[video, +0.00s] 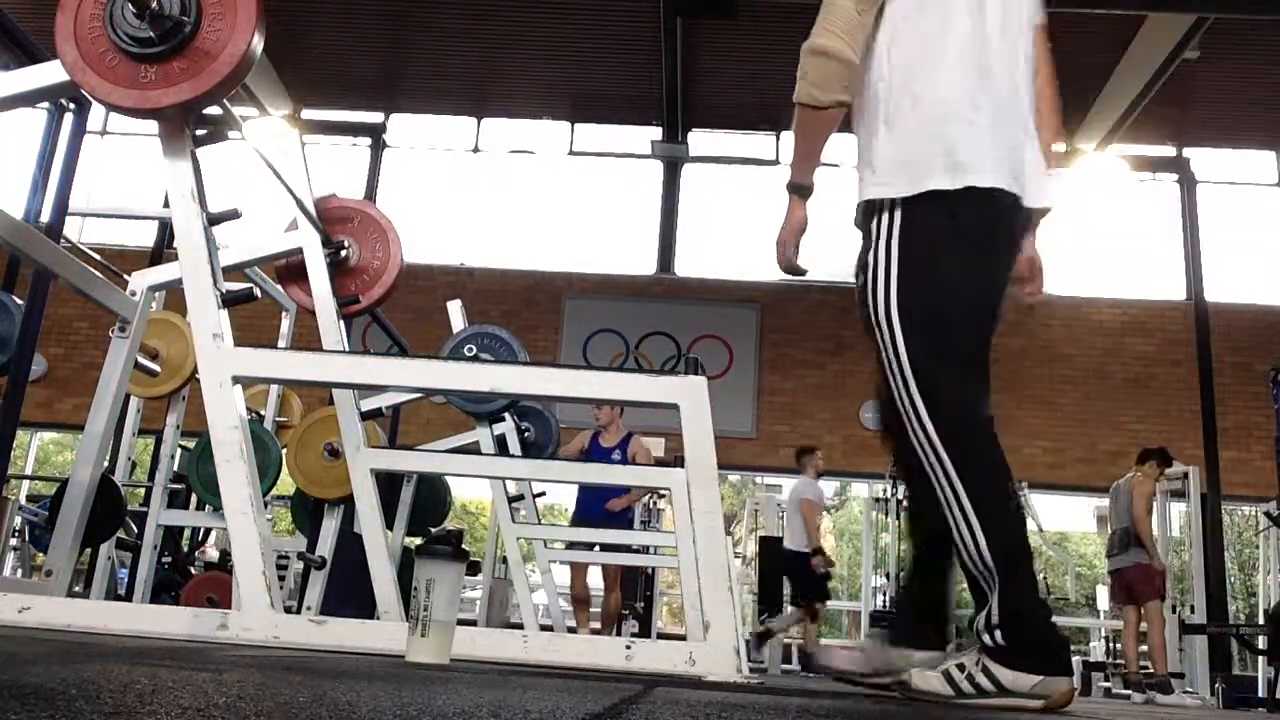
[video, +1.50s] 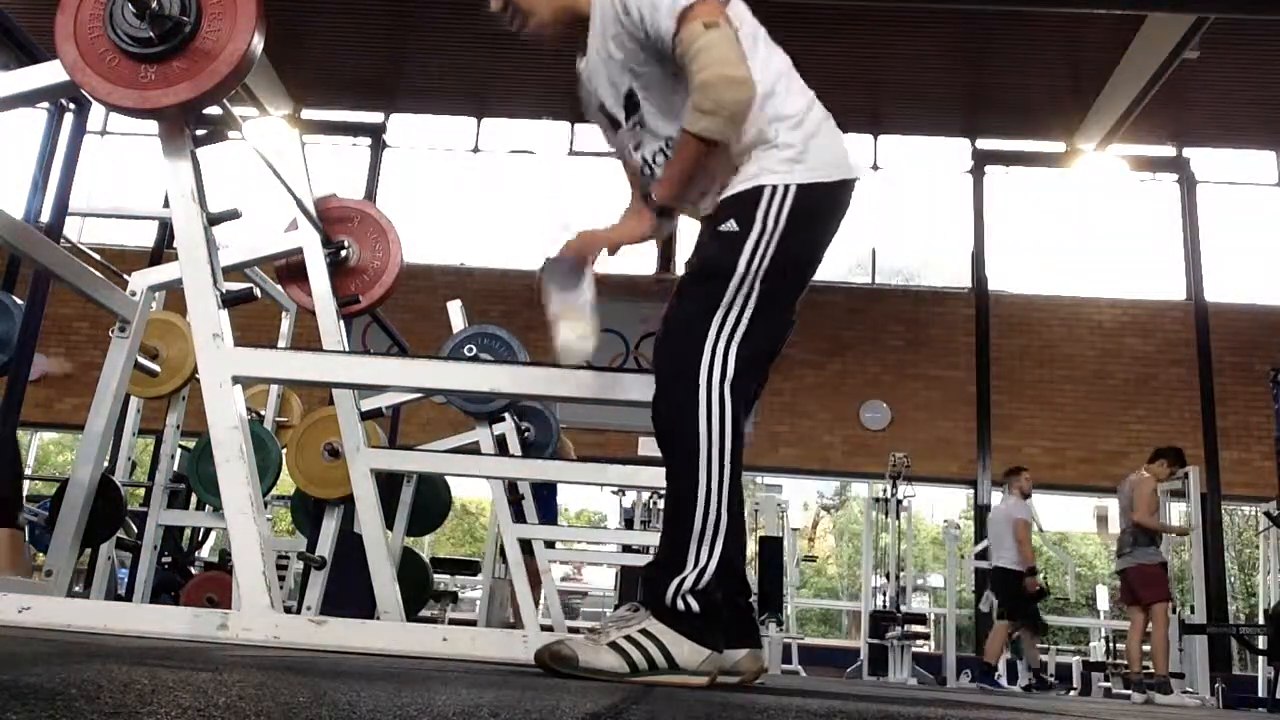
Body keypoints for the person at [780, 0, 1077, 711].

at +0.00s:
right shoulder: (1019, 9)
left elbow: (831, 53)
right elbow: (1038, 90)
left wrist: (799, 191)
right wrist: (1025, 223)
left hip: (919, 183)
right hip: (995, 194)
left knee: (938, 415)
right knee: (929, 417)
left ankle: (1024, 652)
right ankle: (915, 636)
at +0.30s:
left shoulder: (828, 4)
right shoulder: (836, 13)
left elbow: (819, 67)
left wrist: (787, 203)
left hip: (875, 189)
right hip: (848, 199)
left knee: (866, 424)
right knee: (781, 425)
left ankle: (1011, 634)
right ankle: (728, 636)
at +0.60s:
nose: (585, 16)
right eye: (579, 10)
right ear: (602, 19)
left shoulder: (726, 1)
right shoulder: (666, 96)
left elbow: (791, 100)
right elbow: (671, 221)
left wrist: (736, 231)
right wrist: (627, 327)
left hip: (841, 184)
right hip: (785, 206)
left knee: (756, 373)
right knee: (714, 395)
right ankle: (721, 615)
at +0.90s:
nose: (497, 123)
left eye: (493, 99)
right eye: (486, 115)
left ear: (534, 55)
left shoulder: (655, 48)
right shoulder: (590, 177)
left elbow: (771, 152)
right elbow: (568, 304)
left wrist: (713, 278)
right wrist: (502, 434)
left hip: (824, 205)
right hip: (767, 234)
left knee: (704, 371)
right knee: (664, 409)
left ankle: (690, 622)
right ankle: (726, 632)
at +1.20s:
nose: (472, 142)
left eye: (466, 117)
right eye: (459, 133)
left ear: (503, 70)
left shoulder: (627, 51)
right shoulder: (567, 192)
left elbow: (759, 143)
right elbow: (565, 324)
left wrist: (705, 269)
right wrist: (518, 452)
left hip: (814, 188)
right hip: (750, 229)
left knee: (705, 359)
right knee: (660, 402)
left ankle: (685, 621)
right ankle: (723, 628)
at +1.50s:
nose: (510, 18)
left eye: (511, 1)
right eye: (505, 13)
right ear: (526, 17)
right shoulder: (598, 78)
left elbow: (724, 84)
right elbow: (653, 204)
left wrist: (660, 195)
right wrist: (605, 236)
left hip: (786, 167)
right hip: (744, 189)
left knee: (698, 377)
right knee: (691, 393)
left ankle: (690, 622)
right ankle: (726, 631)